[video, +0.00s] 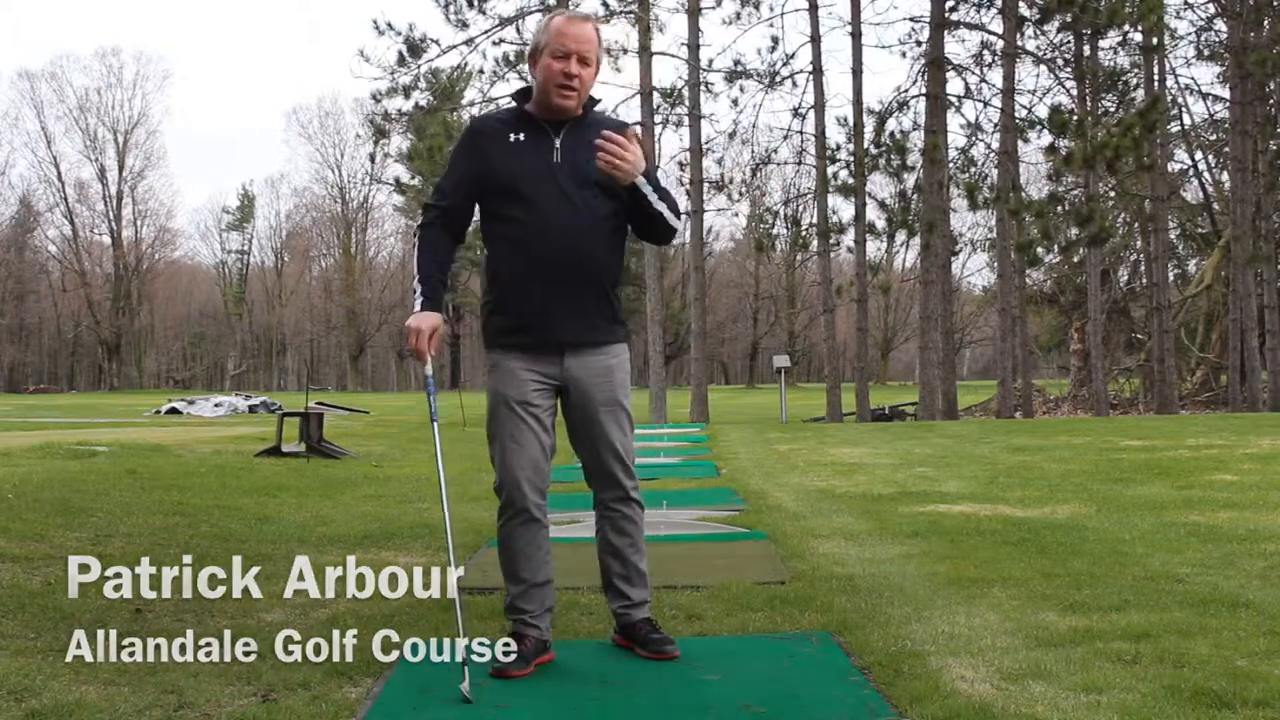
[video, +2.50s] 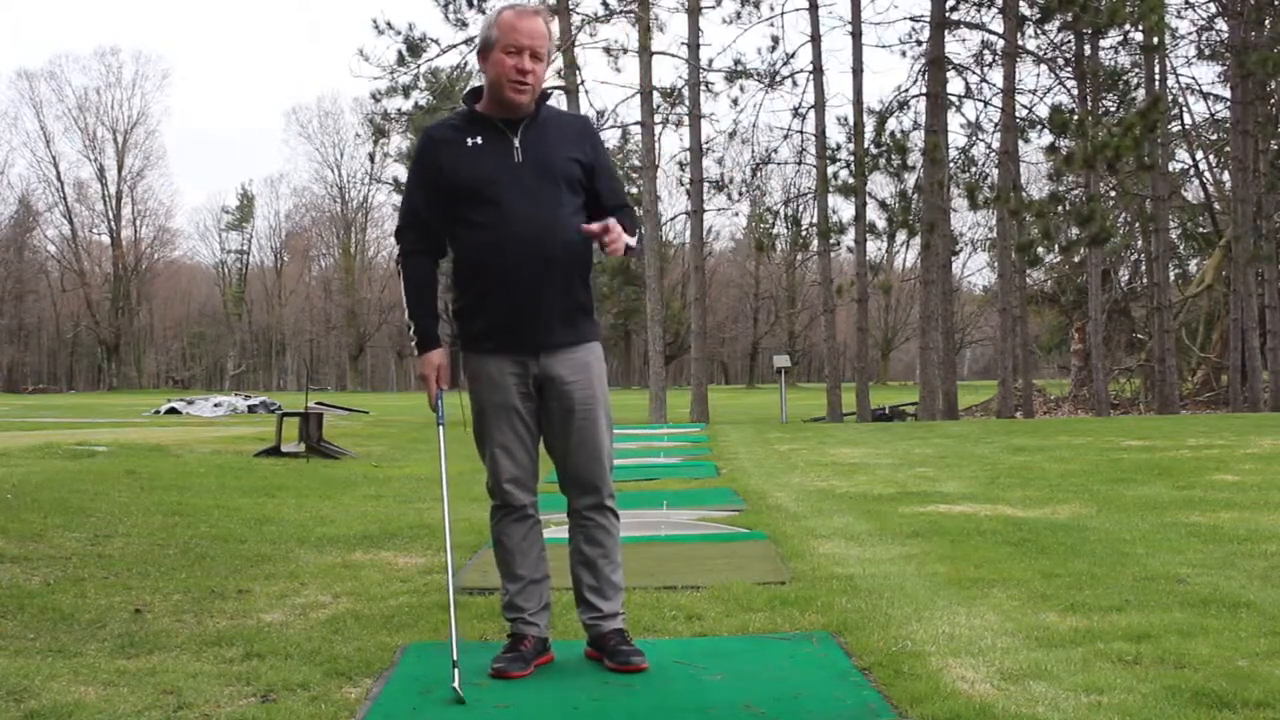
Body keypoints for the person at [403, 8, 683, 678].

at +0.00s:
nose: (571, 70)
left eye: (584, 61)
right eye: (560, 56)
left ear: (598, 73)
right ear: (533, 62)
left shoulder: (618, 139)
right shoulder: (487, 136)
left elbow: (665, 228)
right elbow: (442, 222)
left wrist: (636, 180)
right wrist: (428, 304)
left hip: (598, 340)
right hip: (516, 343)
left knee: (618, 484)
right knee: (520, 493)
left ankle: (634, 616)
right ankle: (530, 632)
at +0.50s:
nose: (529, 68)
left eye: (543, 58)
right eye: (518, 54)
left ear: (559, 70)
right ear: (493, 61)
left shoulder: (588, 134)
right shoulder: (454, 141)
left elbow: (646, 200)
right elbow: (423, 241)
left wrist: (684, 156)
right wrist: (420, 334)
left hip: (576, 340)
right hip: (493, 345)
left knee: (599, 484)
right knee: (512, 494)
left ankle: (612, 626)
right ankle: (528, 631)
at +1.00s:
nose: (525, 61)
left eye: (538, 50)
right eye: (513, 48)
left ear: (557, 62)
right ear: (492, 57)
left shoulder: (589, 130)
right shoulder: (456, 142)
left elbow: (624, 224)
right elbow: (434, 243)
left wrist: (631, 210)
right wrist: (436, 334)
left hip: (582, 340)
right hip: (499, 345)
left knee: (596, 493)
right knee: (517, 496)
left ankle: (608, 627)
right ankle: (528, 630)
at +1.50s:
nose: (549, 69)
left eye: (559, 59)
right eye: (537, 54)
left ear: (566, 68)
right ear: (501, 57)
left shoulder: (585, 135)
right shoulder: (454, 139)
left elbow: (631, 218)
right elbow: (427, 239)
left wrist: (660, 166)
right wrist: (430, 333)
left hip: (578, 341)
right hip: (497, 346)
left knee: (594, 493)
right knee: (515, 496)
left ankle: (608, 627)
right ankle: (527, 631)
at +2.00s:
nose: (533, 67)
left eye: (544, 57)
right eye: (520, 53)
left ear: (554, 65)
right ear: (487, 58)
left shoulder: (578, 132)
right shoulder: (444, 142)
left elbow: (613, 219)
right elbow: (419, 245)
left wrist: (622, 291)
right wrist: (428, 338)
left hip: (575, 339)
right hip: (489, 345)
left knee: (592, 491)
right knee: (511, 497)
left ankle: (608, 628)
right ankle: (527, 632)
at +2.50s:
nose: (526, 67)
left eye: (537, 56)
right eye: (513, 53)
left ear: (548, 64)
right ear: (484, 58)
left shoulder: (576, 133)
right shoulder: (442, 143)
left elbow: (621, 216)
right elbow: (417, 245)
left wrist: (619, 232)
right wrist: (428, 342)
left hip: (572, 338)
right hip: (488, 344)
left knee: (593, 492)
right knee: (511, 496)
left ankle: (607, 628)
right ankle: (528, 632)